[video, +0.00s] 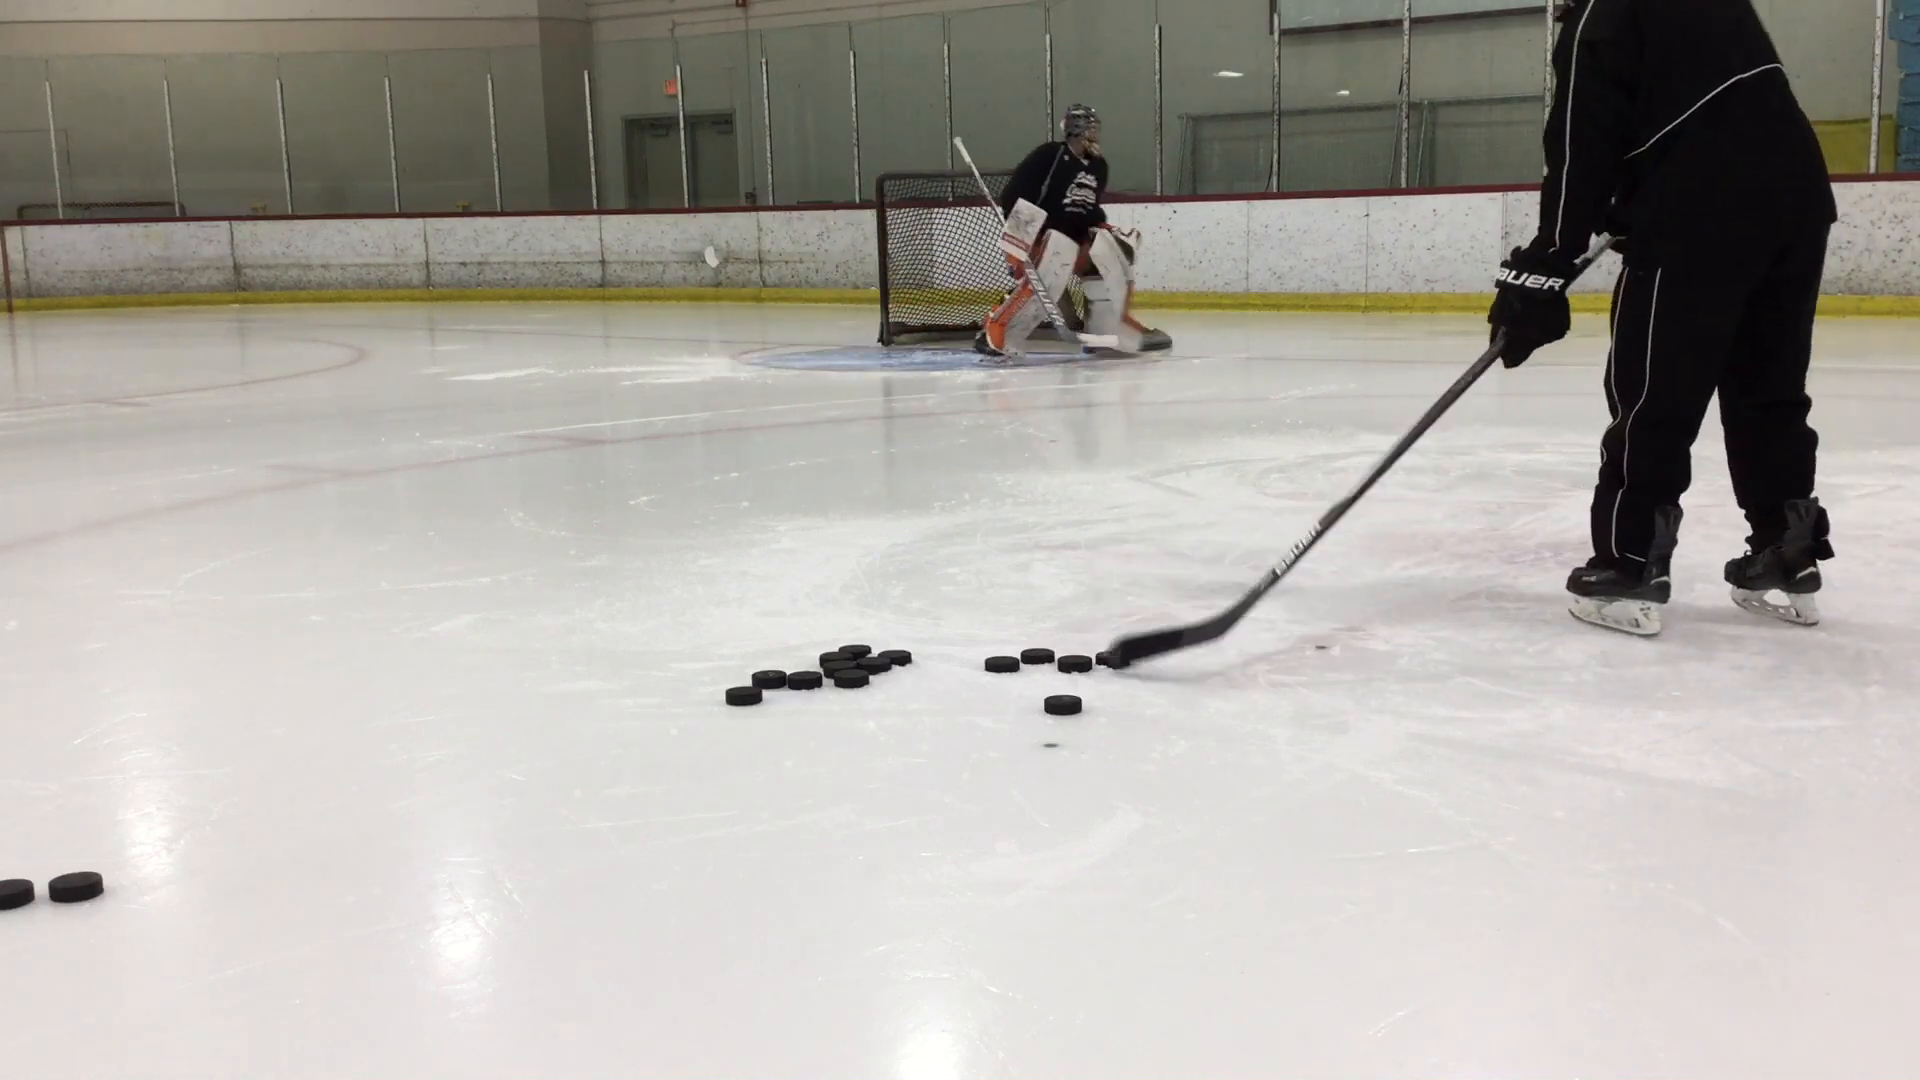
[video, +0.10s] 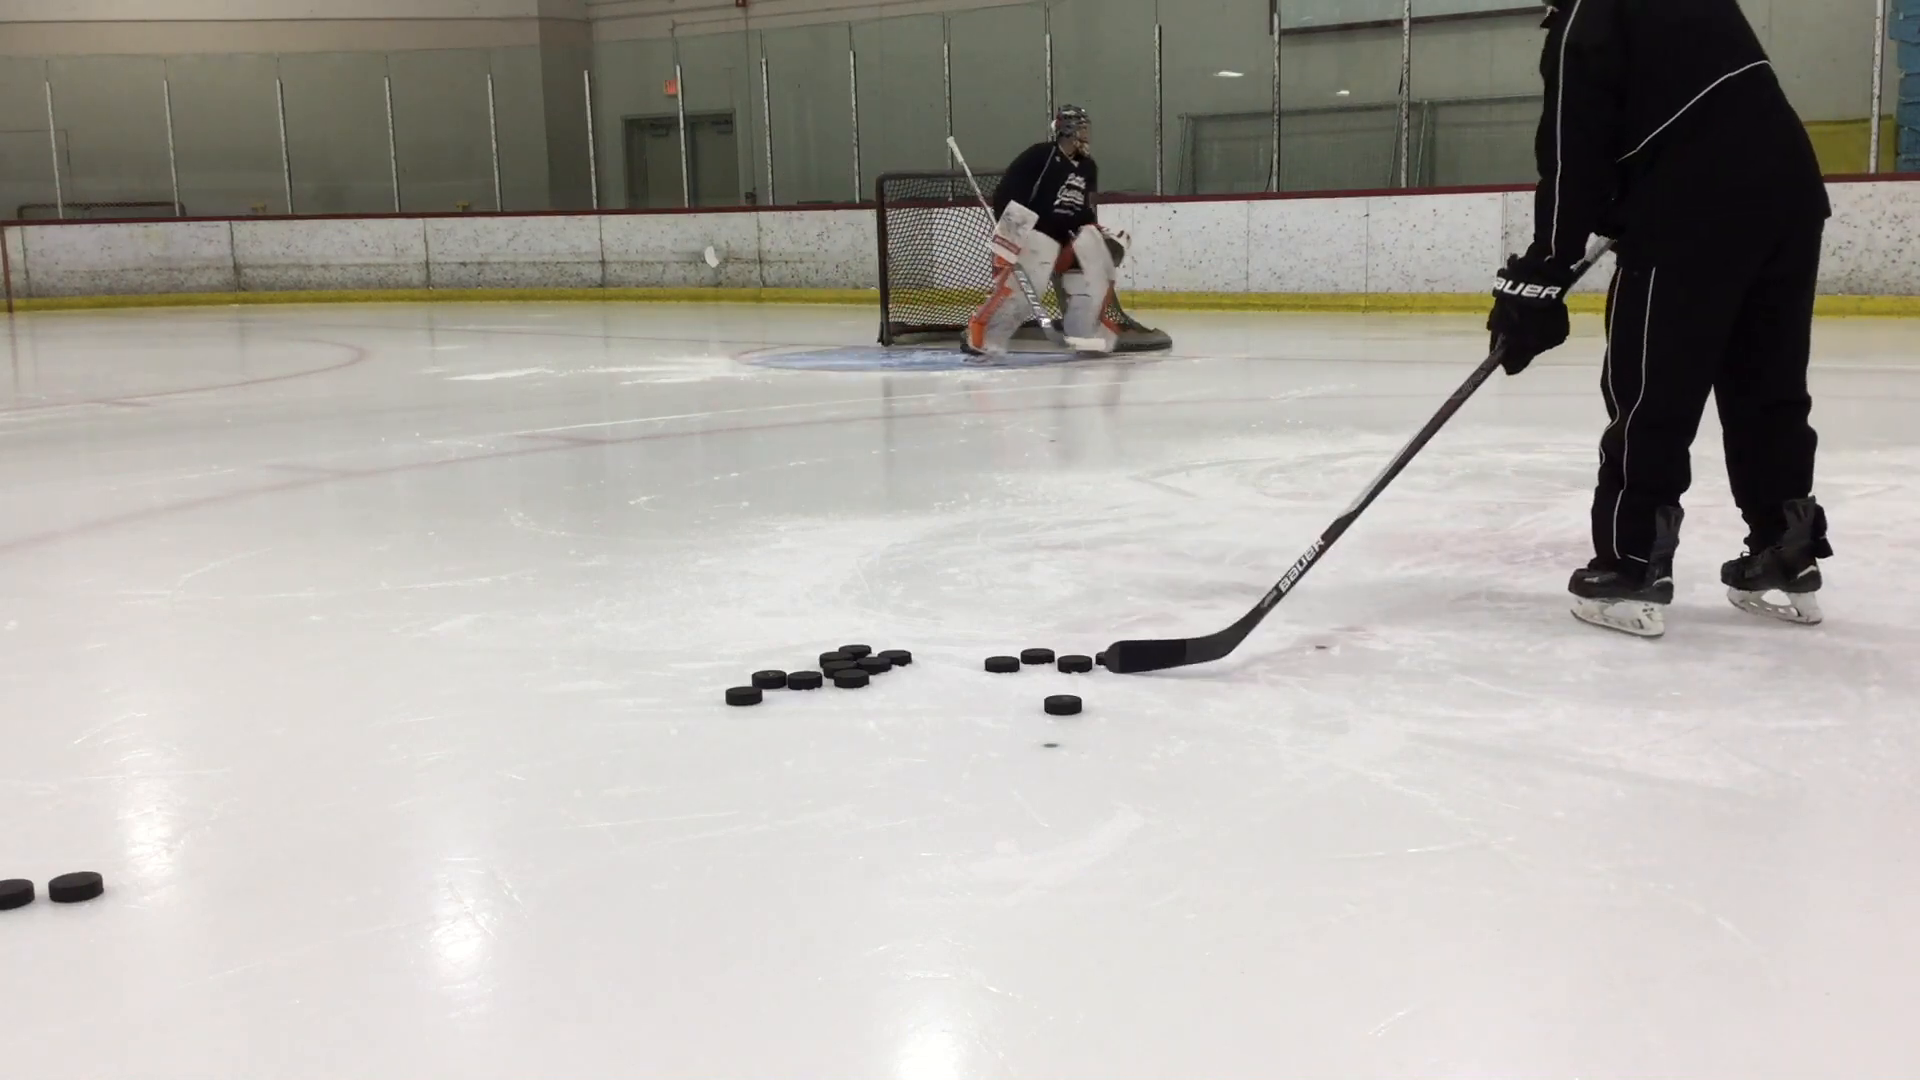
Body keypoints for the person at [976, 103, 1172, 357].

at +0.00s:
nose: (1096, 136)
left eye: (1096, 130)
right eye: (1090, 129)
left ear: (1094, 132)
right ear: (1075, 131)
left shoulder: (1098, 165)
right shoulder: (1048, 155)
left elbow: (1090, 206)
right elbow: (1015, 196)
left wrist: (1102, 231)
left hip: (1082, 235)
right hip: (1048, 232)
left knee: (1117, 257)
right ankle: (997, 334)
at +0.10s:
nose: (1086, 134)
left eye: (1086, 128)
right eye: (1080, 128)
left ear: (1085, 130)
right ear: (1066, 131)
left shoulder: (1087, 166)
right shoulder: (1039, 156)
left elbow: (1086, 209)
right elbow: (1006, 196)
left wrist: (1092, 237)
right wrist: (1014, 233)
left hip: (1074, 238)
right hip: (1037, 234)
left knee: (1096, 276)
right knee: (1025, 291)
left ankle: (1081, 336)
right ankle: (981, 340)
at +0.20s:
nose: (1079, 137)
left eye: (1080, 131)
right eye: (1073, 131)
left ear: (1079, 134)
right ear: (1057, 133)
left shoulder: (1079, 169)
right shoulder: (1031, 156)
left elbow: (1080, 215)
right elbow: (997, 198)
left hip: (1057, 245)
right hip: (1019, 239)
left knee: (1083, 274)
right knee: (1003, 290)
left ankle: (1068, 338)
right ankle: (966, 344)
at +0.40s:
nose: (1053, 141)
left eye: (1055, 135)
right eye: (1047, 135)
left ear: (1058, 137)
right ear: (1031, 137)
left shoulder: (1062, 168)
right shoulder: (1004, 160)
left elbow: (1072, 211)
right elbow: (967, 203)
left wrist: (1085, 232)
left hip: (1040, 237)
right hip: (993, 233)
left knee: (1054, 284)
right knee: (971, 279)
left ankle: (1050, 335)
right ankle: (942, 337)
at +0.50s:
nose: (1024, 138)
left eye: (1027, 133)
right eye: (1017, 133)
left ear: (1032, 135)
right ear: (1004, 135)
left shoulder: (1044, 164)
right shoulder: (984, 159)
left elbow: (1061, 205)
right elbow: (947, 196)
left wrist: (1071, 228)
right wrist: (922, 234)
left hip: (1024, 235)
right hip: (977, 228)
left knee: (1040, 286)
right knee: (949, 279)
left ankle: (1039, 336)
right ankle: (925, 334)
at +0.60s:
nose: (983, 137)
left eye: (989, 132)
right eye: (979, 132)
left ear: (999, 135)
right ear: (972, 135)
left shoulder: (1018, 163)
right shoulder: (957, 161)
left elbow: (1039, 199)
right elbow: (924, 195)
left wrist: (1048, 230)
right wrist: (892, 227)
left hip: (1004, 236)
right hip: (959, 232)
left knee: (1025, 290)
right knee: (925, 276)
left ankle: (1025, 333)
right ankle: (920, 335)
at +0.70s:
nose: (941, 138)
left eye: (947, 132)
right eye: (937, 133)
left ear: (959, 135)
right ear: (932, 135)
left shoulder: (984, 162)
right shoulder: (922, 164)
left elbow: (1010, 190)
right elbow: (895, 198)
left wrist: (1012, 224)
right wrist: (868, 227)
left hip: (977, 237)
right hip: (936, 234)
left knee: (1008, 290)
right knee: (905, 281)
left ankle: (1015, 331)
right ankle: (917, 336)